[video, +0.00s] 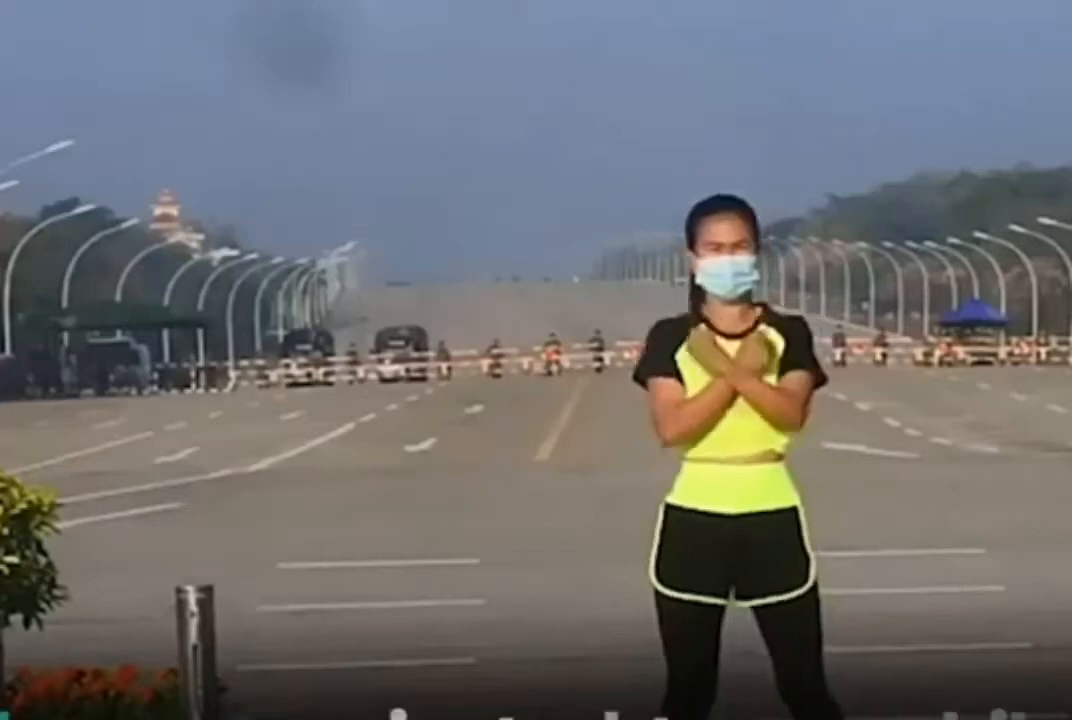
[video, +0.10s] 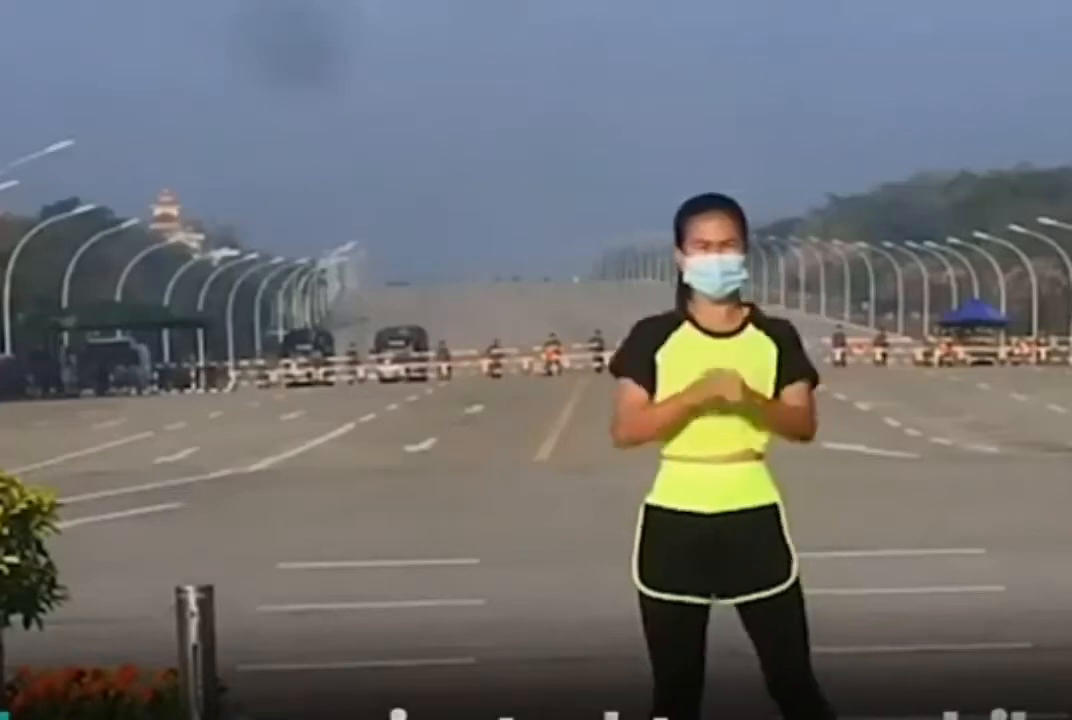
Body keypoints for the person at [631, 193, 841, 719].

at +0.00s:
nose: (731, 261)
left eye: (742, 248)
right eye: (716, 250)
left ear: (757, 254)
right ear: (693, 259)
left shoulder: (789, 331)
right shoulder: (670, 336)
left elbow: (792, 415)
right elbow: (671, 429)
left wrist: (731, 371)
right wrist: (736, 374)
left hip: (772, 522)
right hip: (693, 524)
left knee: (804, 687)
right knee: (689, 690)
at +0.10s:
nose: (720, 259)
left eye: (731, 247)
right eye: (704, 249)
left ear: (746, 254)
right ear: (681, 258)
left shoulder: (777, 336)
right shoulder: (653, 336)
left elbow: (803, 425)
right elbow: (625, 429)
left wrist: (748, 399)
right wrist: (696, 398)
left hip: (754, 521)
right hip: (674, 524)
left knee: (793, 683)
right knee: (676, 690)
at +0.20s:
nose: (706, 258)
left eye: (716, 244)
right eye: (690, 246)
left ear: (732, 251)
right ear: (667, 255)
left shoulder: (761, 337)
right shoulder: (638, 334)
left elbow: (808, 427)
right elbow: (586, 423)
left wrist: (803, 426)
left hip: (740, 524)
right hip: (660, 528)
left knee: (777, 685)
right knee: (670, 691)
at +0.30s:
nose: (699, 255)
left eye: (710, 243)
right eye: (684, 244)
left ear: (725, 251)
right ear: (661, 254)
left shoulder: (754, 336)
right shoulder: (631, 331)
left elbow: (810, 416)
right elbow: (573, 408)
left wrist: (832, 441)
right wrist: (568, 460)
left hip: (735, 518)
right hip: (654, 524)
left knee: (761, 682)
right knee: (669, 690)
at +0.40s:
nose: (688, 256)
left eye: (699, 243)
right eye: (673, 245)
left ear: (715, 251)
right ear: (649, 255)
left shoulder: (746, 334)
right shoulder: (620, 335)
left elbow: (822, 406)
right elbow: (550, 419)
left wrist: (895, 453)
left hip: (730, 521)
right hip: (649, 524)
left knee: (725, 690)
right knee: (665, 692)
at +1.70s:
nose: (685, 260)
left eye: (696, 246)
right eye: (670, 248)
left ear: (714, 252)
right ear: (648, 256)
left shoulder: (748, 335)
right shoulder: (626, 341)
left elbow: (803, 419)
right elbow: (577, 431)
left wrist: (869, 486)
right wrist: (525, 500)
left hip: (724, 523)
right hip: (645, 523)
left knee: (718, 690)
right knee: (659, 691)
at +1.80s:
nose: (683, 259)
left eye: (694, 246)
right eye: (667, 248)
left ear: (711, 252)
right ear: (646, 257)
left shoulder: (747, 333)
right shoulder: (625, 337)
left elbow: (771, 405)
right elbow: (593, 434)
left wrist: (777, 454)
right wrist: (596, 429)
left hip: (720, 522)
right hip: (642, 523)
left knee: (716, 691)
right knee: (642, 690)